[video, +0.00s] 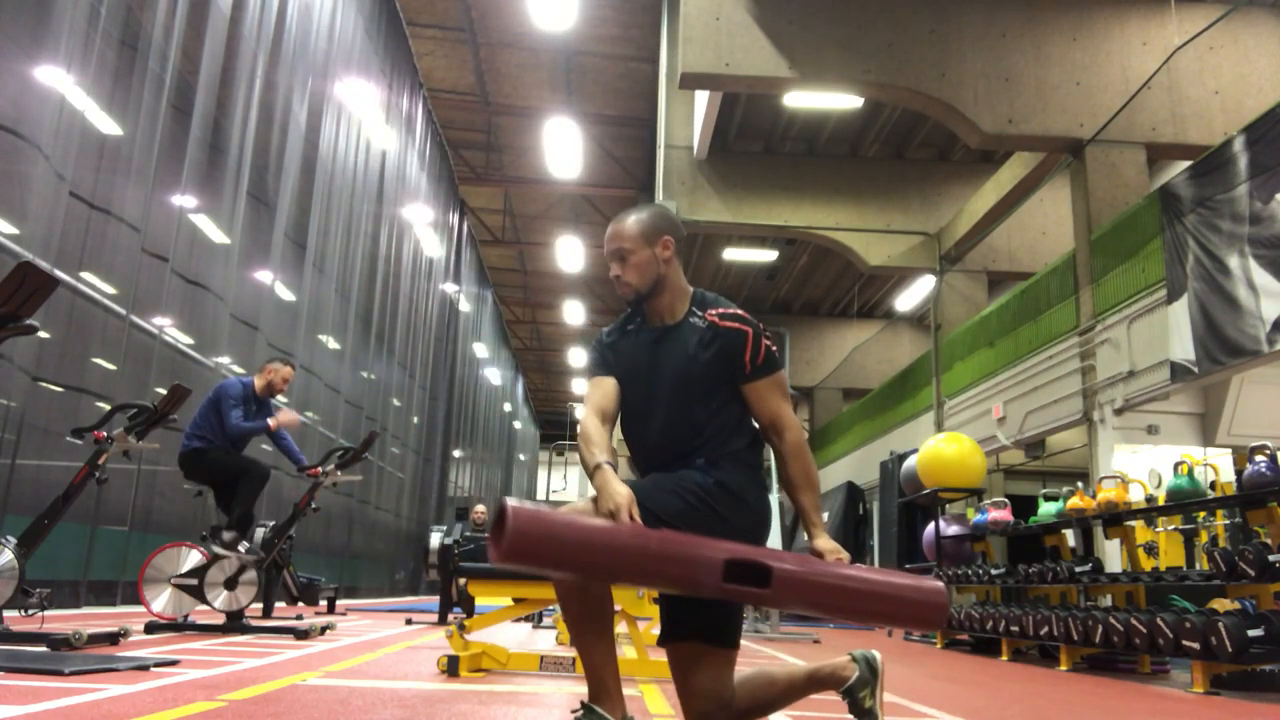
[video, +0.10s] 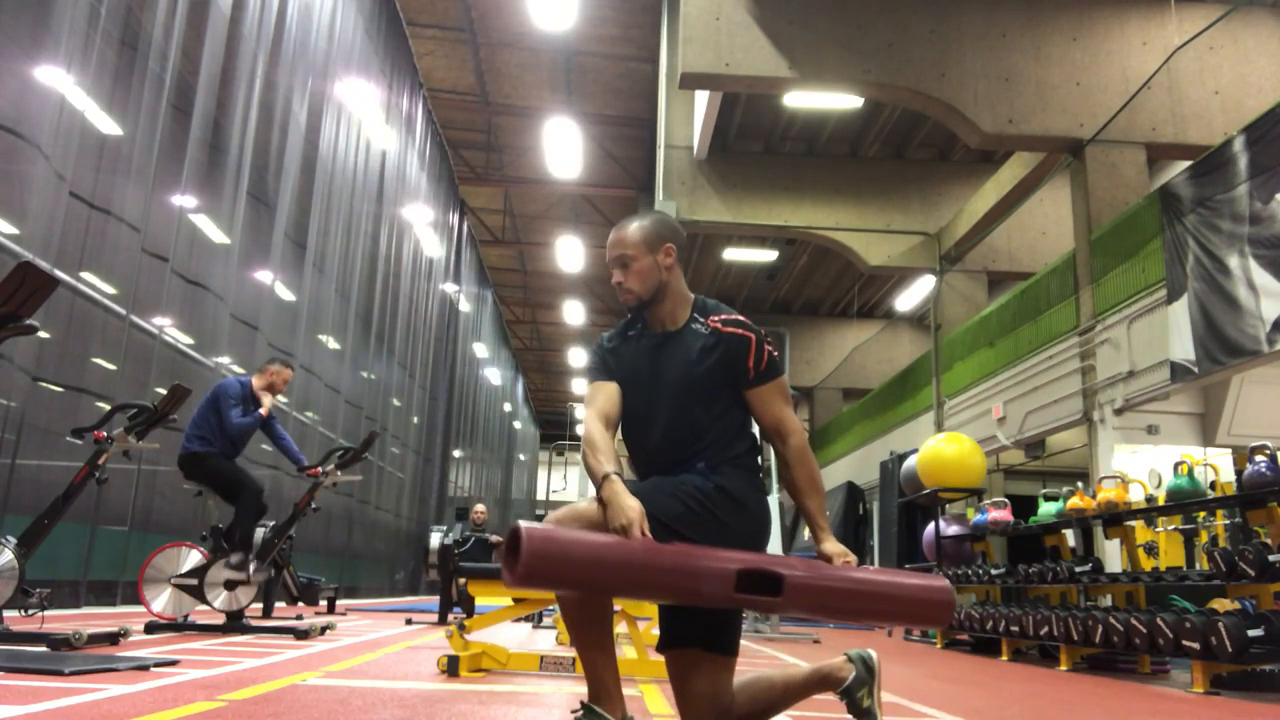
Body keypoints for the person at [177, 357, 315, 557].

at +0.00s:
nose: (285, 389)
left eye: (288, 384)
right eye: (284, 381)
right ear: (269, 372)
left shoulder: (264, 405)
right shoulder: (232, 388)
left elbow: (278, 435)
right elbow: (234, 429)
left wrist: (303, 465)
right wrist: (273, 422)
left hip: (221, 462)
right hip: (197, 456)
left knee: (245, 517)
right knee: (258, 471)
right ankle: (231, 534)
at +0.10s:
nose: (284, 389)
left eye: (287, 384)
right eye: (284, 382)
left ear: (272, 376)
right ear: (272, 374)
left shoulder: (259, 401)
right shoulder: (230, 387)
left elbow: (277, 435)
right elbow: (234, 428)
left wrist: (303, 465)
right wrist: (263, 412)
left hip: (217, 460)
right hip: (198, 456)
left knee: (258, 507)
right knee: (252, 490)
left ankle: (224, 543)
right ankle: (239, 556)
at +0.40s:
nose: (282, 393)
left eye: (285, 388)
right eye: (284, 387)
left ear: (271, 379)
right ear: (278, 380)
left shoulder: (257, 401)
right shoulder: (232, 387)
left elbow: (277, 435)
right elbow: (240, 425)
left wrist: (303, 465)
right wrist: (264, 412)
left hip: (226, 461)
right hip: (199, 459)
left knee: (274, 480)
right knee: (232, 509)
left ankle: (250, 537)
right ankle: (197, 572)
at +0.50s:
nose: (283, 393)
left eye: (285, 388)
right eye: (285, 387)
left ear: (271, 379)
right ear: (278, 382)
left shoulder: (259, 403)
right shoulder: (232, 387)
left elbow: (277, 436)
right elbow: (241, 423)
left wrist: (304, 466)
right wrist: (263, 412)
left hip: (222, 461)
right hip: (199, 457)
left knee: (265, 500)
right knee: (244, 496)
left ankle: (255, 560)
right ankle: (198, 550)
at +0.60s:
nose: (284, 390)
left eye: (287, 385)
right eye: (286, 385)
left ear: (271, 377)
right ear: (278, 380)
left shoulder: (259, 405)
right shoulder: (232, 387)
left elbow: (278, 436)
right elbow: (241, 423)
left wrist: (303, 466)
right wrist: (263, 411)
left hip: (219, 462)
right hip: (198, 456)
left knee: (249, 514)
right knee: (255, 481)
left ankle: (236, 566)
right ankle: (208, 531)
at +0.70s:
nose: (285, 389)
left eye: (287, 384)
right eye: (286, 383)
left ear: (271, 377)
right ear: (278, 380)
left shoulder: (260, 403)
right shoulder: (232, 387)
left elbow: (278, 436)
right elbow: (243, 420)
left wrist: (303, 465)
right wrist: (266, 408)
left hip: (220, 462)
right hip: (198, 456)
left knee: (243, 520)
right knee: (260, 471)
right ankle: (224, 526)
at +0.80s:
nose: (285, 389)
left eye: (287, 383)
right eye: (286, 383)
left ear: (271, 377)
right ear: (277, 378)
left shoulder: (260, 402)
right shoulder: (233, 386)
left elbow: (278, 435)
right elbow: (245, 418)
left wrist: (303, 465)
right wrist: (267, 405)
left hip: (218, 461)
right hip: (198, 456)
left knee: (250, 510)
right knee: (258, 478)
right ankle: (237, 539)